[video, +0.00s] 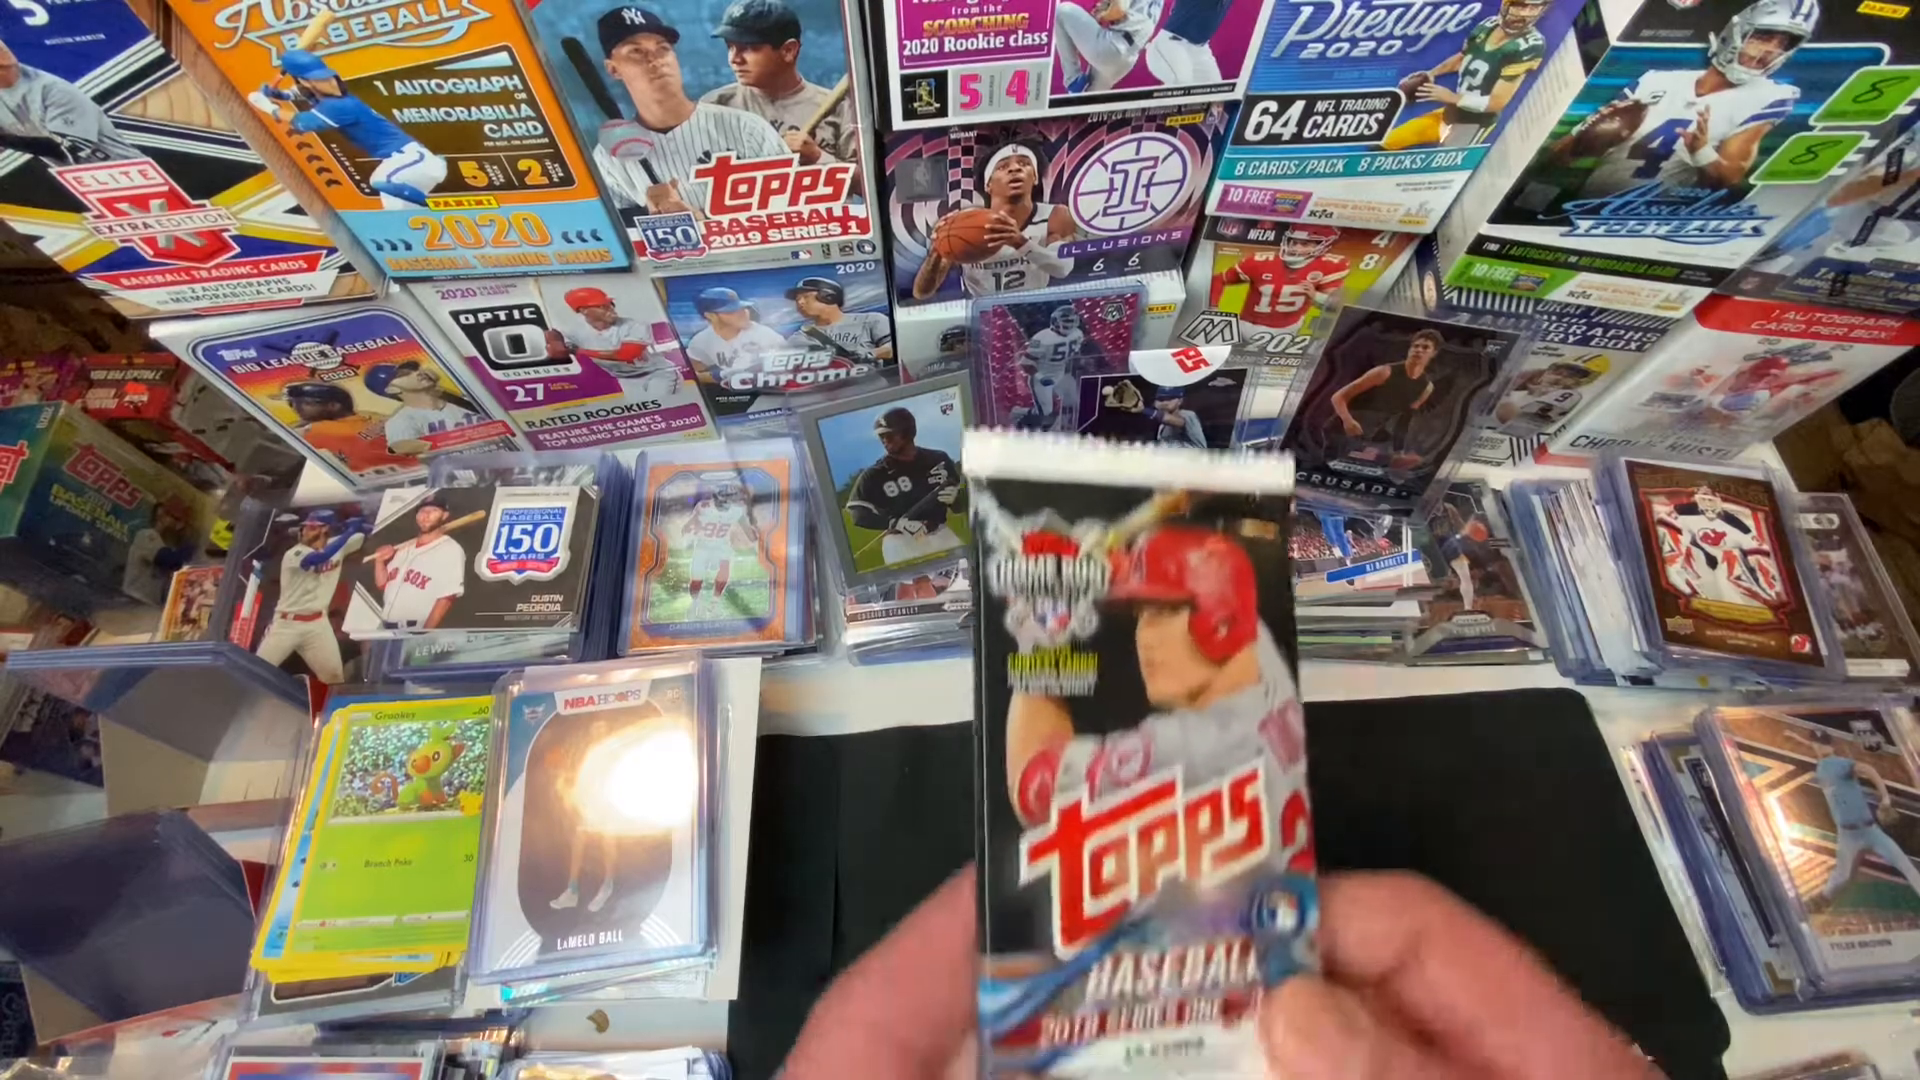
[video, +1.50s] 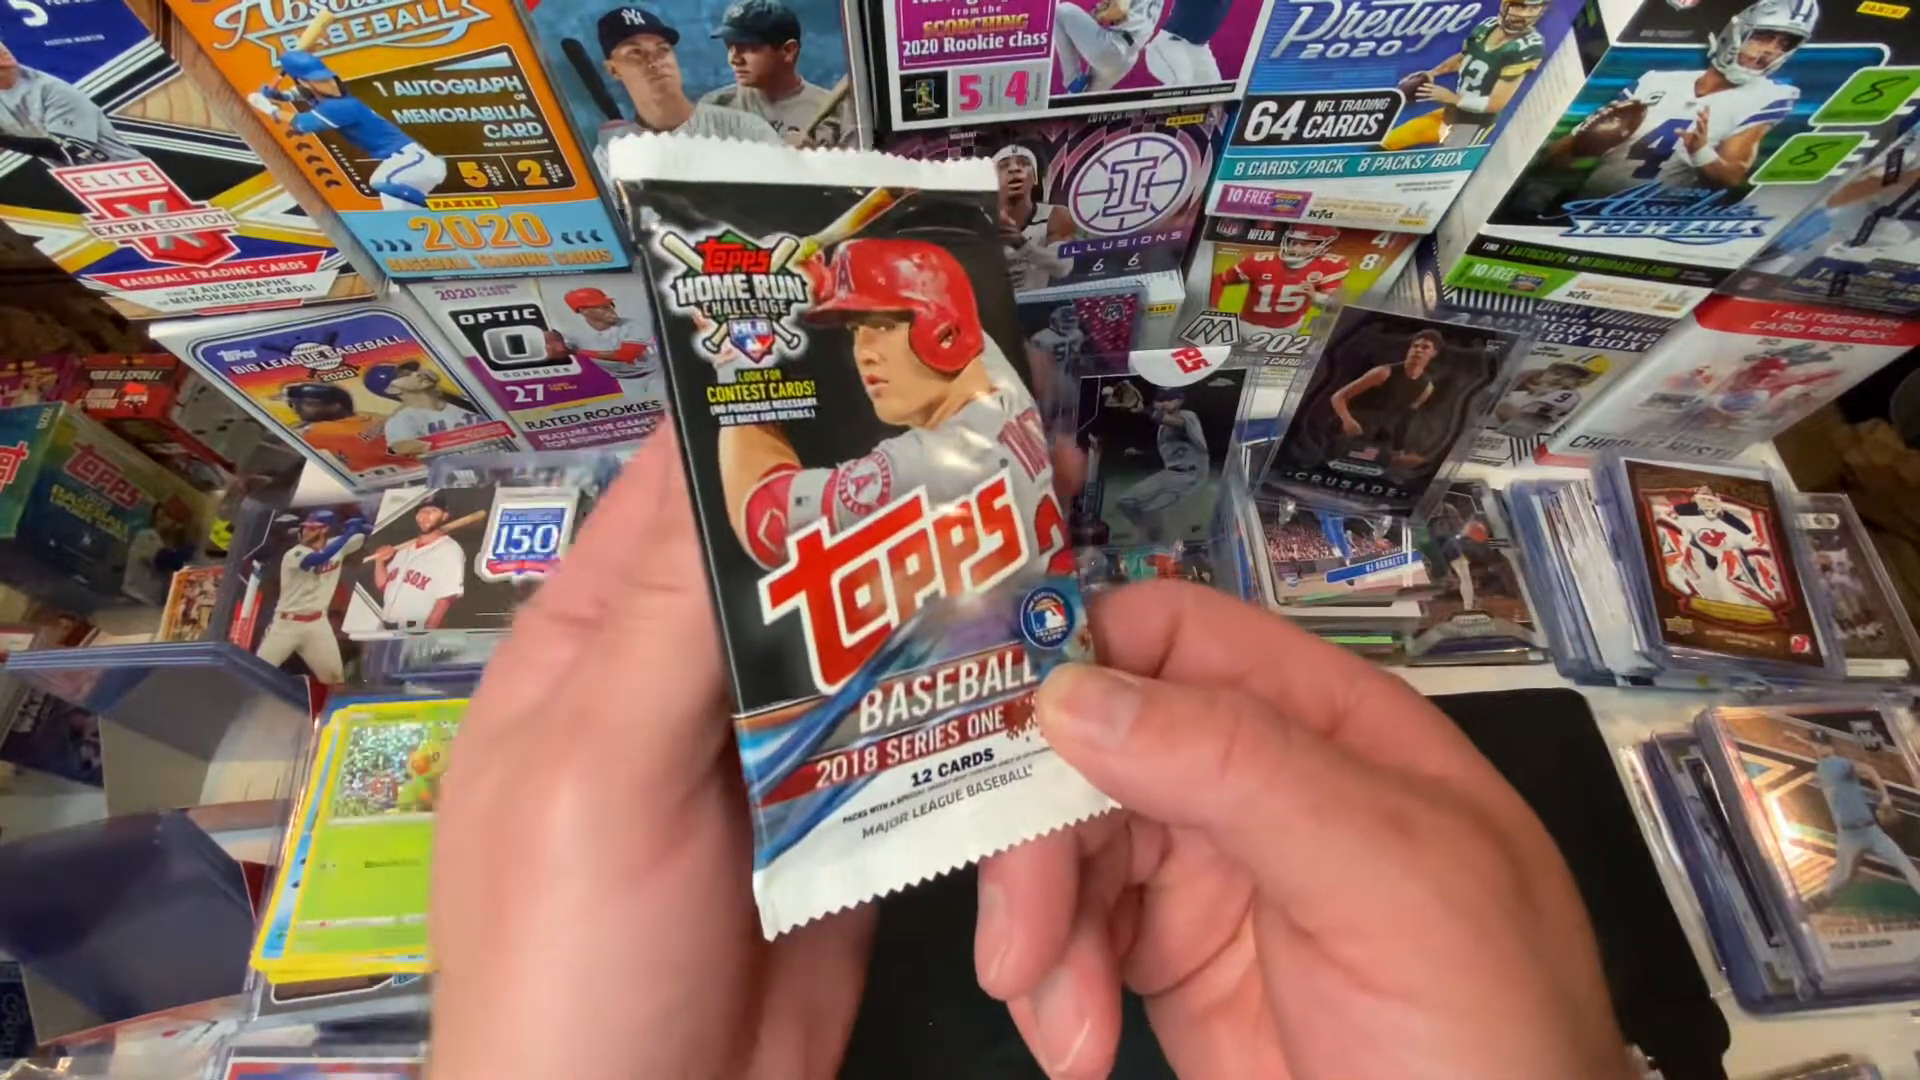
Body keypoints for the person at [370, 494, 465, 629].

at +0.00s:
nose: (425, 516)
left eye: (432, 511)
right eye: (422, 511)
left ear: (445, 515)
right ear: (416, 515)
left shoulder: (451, 550)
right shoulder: (405, 548)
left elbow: (446, 598)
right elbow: (382, 585)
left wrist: (425, 634)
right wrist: (380, 561)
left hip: (416, 631)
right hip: (386, 627)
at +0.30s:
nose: (426, 516)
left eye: (432, 511)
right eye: (422, 511)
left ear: (445, 515)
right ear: (416, 515)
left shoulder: (451, 551)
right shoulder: (407, 547)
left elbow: (446, 598)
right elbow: (383, 586)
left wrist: (425, 634)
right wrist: (380, 561)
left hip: (415, 632)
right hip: (386, 627)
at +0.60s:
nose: (426, 516)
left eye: (432, 511)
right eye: (422, 510)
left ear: (445, 515)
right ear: (416, 515)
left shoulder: (451, 550)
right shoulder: (406, 547)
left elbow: (446, 598)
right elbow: (383, 586)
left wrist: (424, 634)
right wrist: (379, 561)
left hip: (415, 632)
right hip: (386, 627)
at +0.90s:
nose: (425, 516)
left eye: (432, 511)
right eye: (422, 511)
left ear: (445, 516)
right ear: (416, 515)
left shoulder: (451, 550)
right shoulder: (406, 548)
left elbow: (445, 599)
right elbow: (382, 585)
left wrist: (424, 635)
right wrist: (379, 561)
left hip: (416, 631)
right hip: (386, 627)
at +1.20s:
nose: (425, 517)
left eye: (432, 511)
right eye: (422, 511)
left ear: (445, 516)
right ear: (416, 516)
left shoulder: (442, 549)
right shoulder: (403, 550)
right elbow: (382, 585)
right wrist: (379, 562)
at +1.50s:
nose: (425, 517)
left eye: (432, 511)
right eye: (422, 511)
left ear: (445, 516)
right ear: (416, 515)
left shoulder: (451, 550)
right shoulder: (406, 548)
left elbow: (445, 600)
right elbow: (382, 586)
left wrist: (426, 636)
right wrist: (379, 562)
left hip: (416, 632)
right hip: (386, 627)